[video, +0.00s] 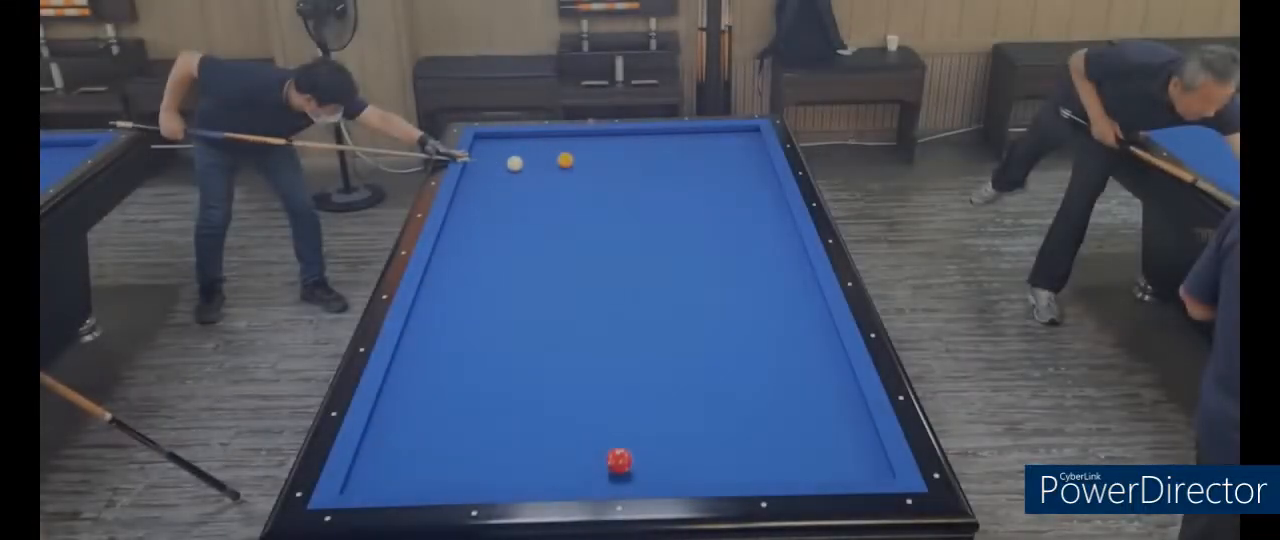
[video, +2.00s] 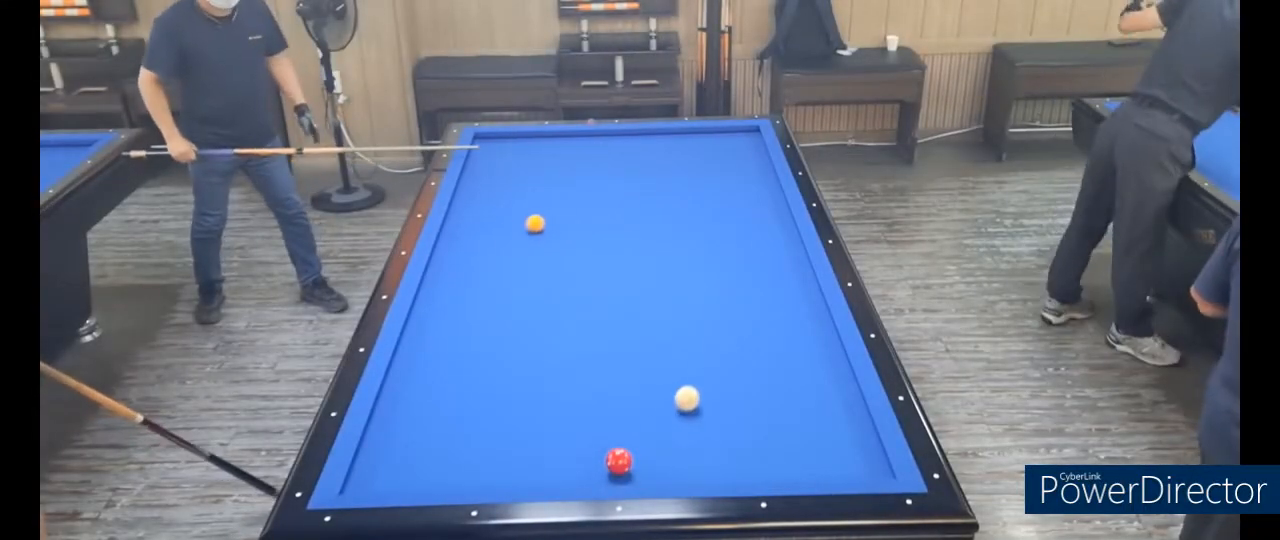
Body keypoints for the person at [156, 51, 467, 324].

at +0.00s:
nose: (330, 119)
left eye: (334, 114)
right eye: (326, 113)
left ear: (330, 100)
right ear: (305, 98)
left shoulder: (329, 93)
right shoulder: (246, 80)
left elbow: (379, 119)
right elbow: (186, 62)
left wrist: (427, 142)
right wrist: (168, 111)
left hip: (270, 141)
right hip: (217, 139)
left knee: (302, 206)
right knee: (214, 217)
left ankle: (314, 284)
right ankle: (209, 292)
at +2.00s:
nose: (226, 2)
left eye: (230, 1)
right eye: (218, 2)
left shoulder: (255, 9)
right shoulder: (172, 23)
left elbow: (278, 57)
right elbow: (148, 81)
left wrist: (300, 106)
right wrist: (173, 137)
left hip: (262, 139)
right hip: (210, 146)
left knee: (292, 209)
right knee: (209, 222)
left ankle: (313, 283)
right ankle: (210, 292)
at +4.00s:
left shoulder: (310, 5)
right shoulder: (267, 12)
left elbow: (322, 42)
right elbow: (271, 80)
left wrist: (355, 50)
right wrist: (329, 113)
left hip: (327, 128)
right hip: (305, 133)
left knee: (320, 208)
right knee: (340, 210)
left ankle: (312, 280)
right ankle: (362, 288)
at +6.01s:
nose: (367, 4)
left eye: (372, 0)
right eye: (357, 1)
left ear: (378, 2)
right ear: (336, 2)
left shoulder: (376, 25)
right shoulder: (317, 38)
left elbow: (383, 85)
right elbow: (291, 108)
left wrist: (401, 123)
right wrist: (344, 150)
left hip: (383, 166)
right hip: (348, 173)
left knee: (386, 251)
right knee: (360, 261)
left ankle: (383, 336)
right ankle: (351, 347)